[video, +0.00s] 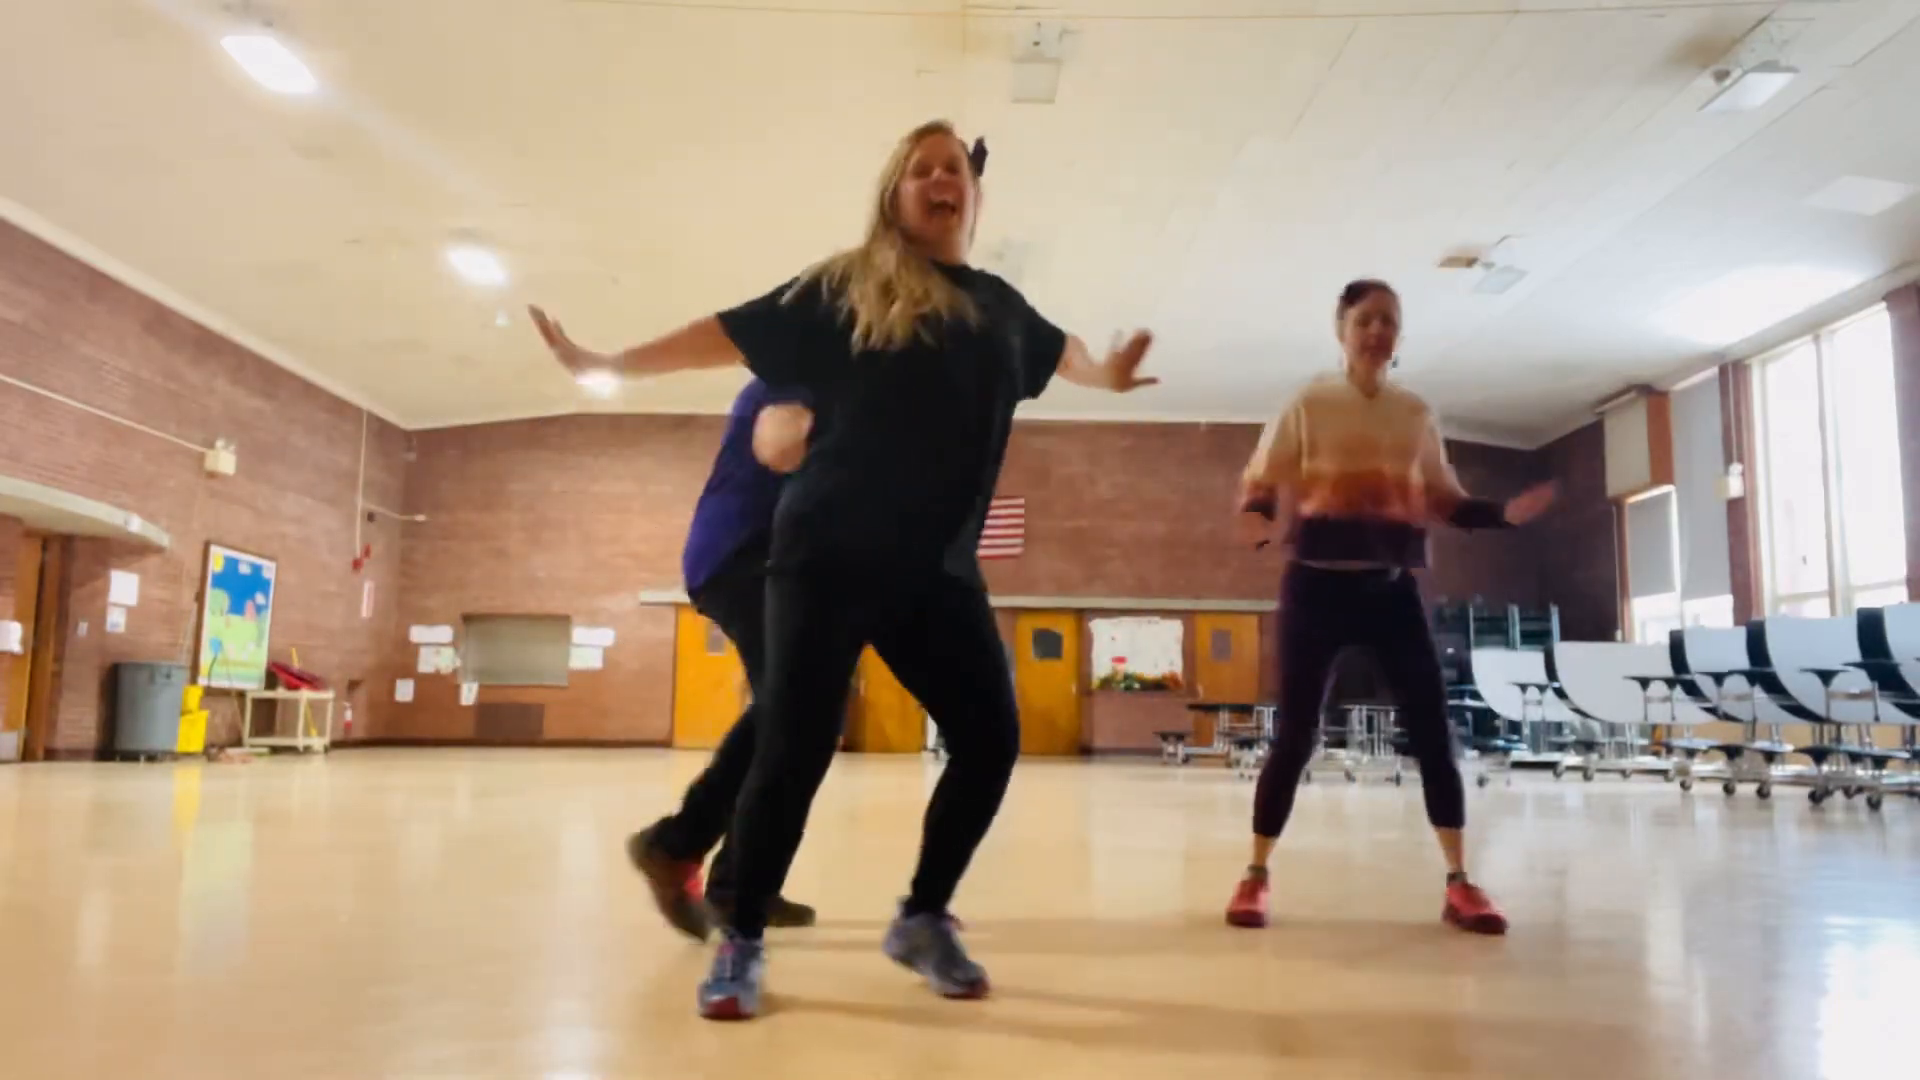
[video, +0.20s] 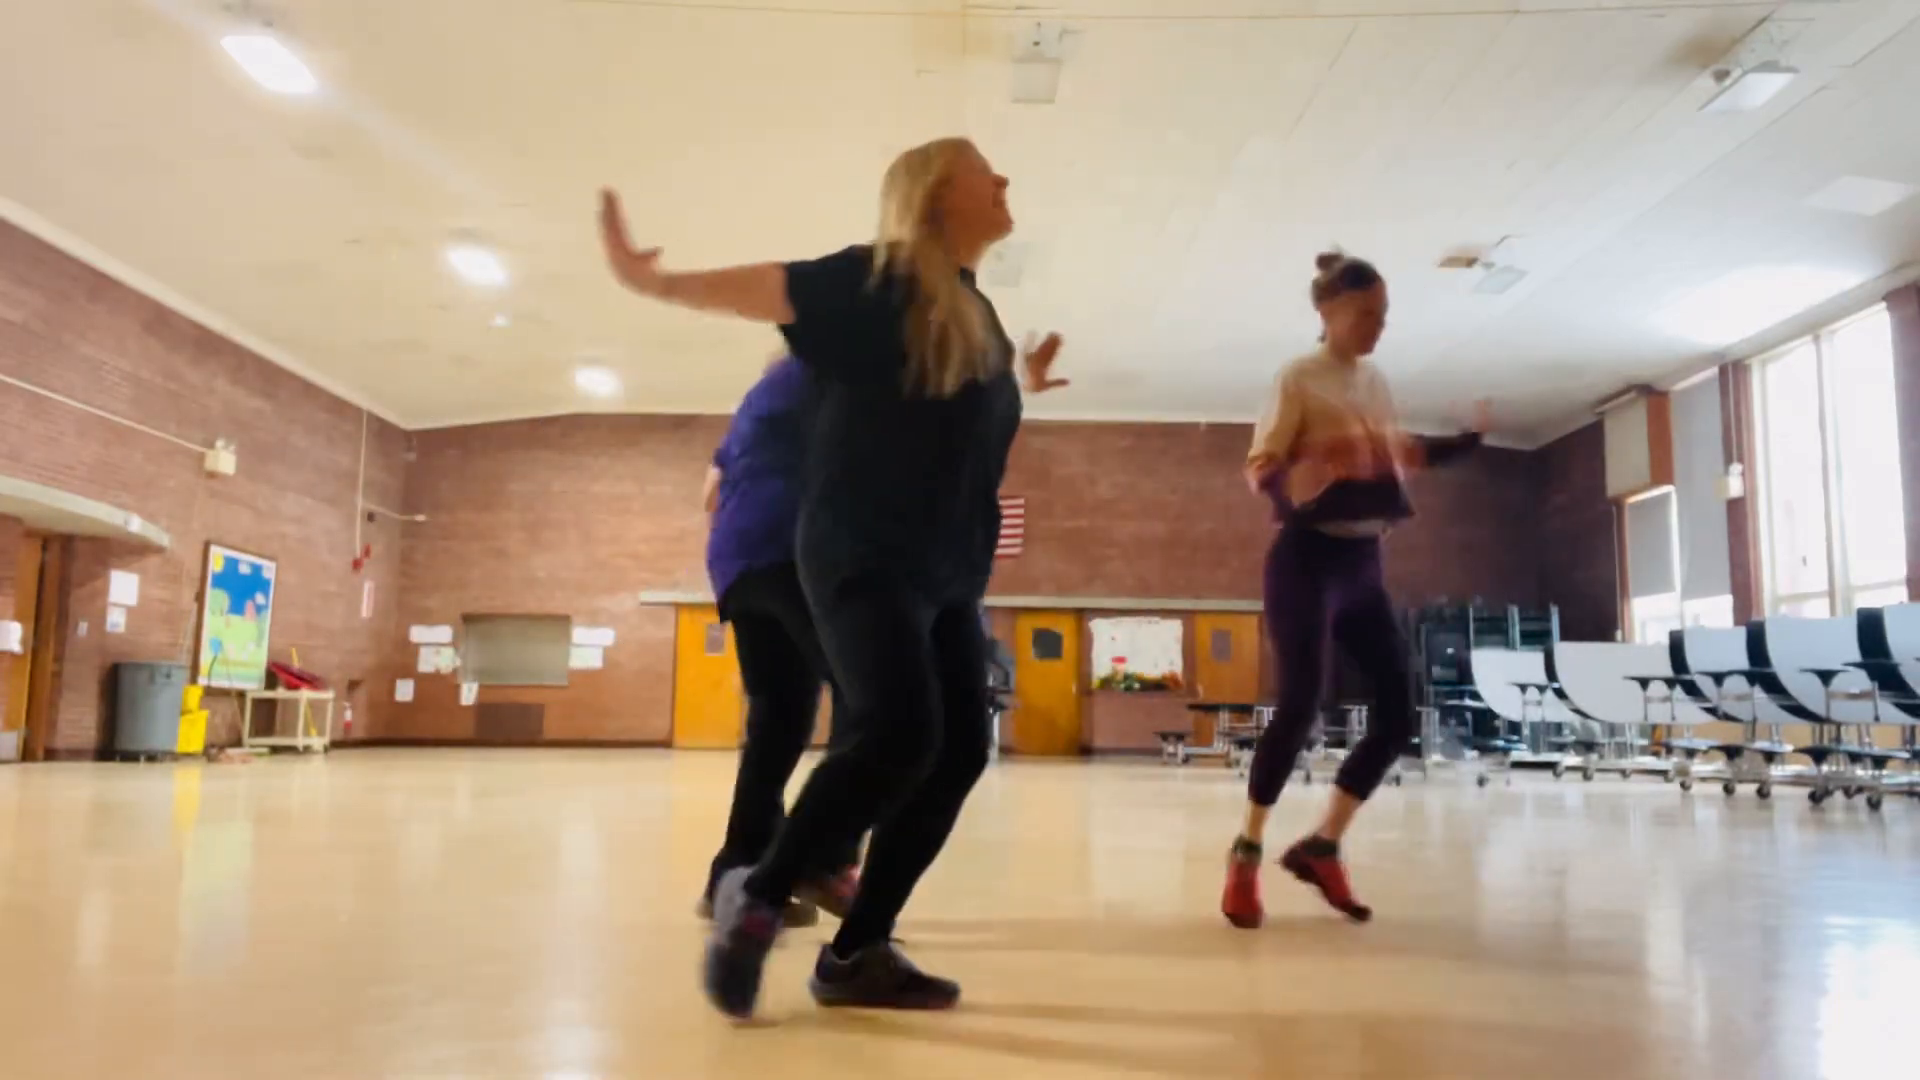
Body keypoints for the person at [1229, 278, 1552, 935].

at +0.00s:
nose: (1379, 332)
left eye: (1388, 322)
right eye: (1367, 321)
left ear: (1399, 334)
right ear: (1340, 329)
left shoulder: (1415, 416)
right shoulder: (1307, 408)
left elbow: (1449, 503)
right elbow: (1257, 486)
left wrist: (1504, 513)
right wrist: (1258, 513)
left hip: (1391, 588)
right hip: (1316, 586)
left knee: (1432, 731)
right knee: (1295, 736)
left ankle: (1459, 883)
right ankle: (1256, 876)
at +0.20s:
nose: (1379, 325)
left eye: (1381, 313)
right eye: (1366, 314)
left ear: (1377, 315)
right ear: (1328, 315)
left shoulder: (1373, 383)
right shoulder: (1298, 381)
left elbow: (1404, 454)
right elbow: (1260, 471)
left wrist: (1465, 439)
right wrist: (1300, 464)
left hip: (1360, 565)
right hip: (1302, 563)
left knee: (1395, 716)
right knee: (1299, 706)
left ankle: (1322, 846)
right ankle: (1248, 847)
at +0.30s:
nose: (1383, 336)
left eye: (1384, 323)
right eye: (1372, 322)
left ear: (1365, 325)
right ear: (1333, 323)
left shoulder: (1356, 397)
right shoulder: (1297, 396)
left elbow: (1370, 463)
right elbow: (1286, 495)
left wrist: (1418, 439)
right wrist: (1339, 518)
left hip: (1353, 577)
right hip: (1305, 575)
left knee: (1355, 725)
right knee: (1321, 695)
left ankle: (1292, 869)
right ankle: (1249, 833)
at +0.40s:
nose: (1392, 346)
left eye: (1391, 335)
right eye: (1381, 334)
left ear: (1365, 339)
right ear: (1342, 335)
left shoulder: (1356, 410)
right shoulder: (1314, 402)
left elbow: (1378, 508)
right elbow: (1294, 506)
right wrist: (1351, 554)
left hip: (1340, 591)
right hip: (1302, 590)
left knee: (1361, 733)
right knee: (1334, 725)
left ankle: (1296, 872)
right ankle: (1260, 873)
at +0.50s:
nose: (1393, 344)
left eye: (1393, 331)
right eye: (1386, 331)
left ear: (1346, 335)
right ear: (1353, 333)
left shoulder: (1310, 394)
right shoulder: (1342, 395)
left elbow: (1319, 498)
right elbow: (1355, 496)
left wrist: (1381, 556)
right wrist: (1411, 560)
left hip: (1302, 579)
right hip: (1329, 581)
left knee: (1344, 732)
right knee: (1347, 733)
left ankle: (1296, 872)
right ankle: (1266, 872)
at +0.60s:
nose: (1392, 345)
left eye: (1391, 333)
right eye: (1388, 332)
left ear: (1332, 334)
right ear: (1369, 332)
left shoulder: (1288, 404)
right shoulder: (1365, 402)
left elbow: (1263, 497)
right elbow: (1407, 505)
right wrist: (1478, 548)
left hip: (1289, 583)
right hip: (1345, 581)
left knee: (1332, 732)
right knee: (1416, 728)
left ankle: (1301, 883)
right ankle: (1323, 837)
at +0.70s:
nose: (1394, 340)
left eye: (1393, 328)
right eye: (1392, 328)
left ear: (1333, 331)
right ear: (1377, 330)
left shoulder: (1289, 400)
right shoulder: (1384, 396)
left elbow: (1251, 479)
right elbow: (1441, 486)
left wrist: (1245, 423)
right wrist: (1527, 515)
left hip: (1297, 582)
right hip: (1364, 578)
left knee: (1328, 729)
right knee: (1457, 712)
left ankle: (1296, 878)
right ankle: (1409, 846)